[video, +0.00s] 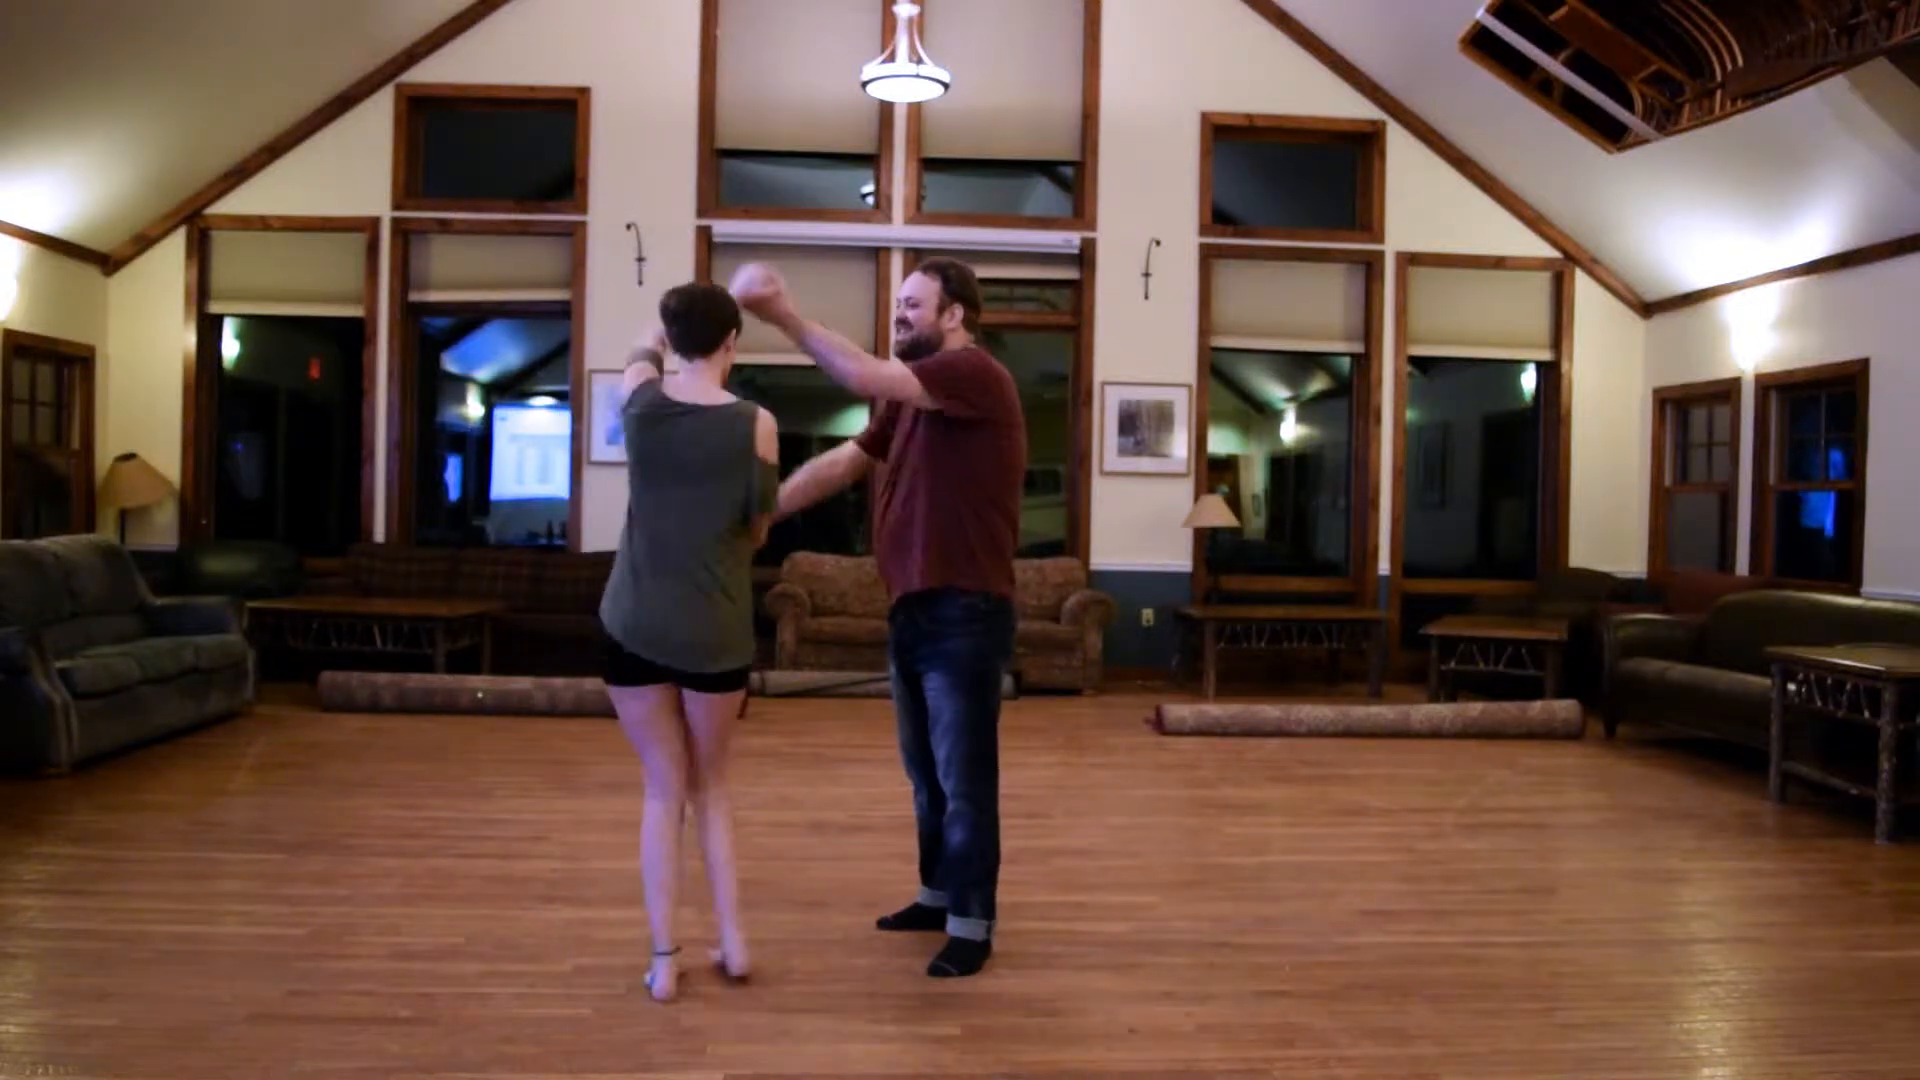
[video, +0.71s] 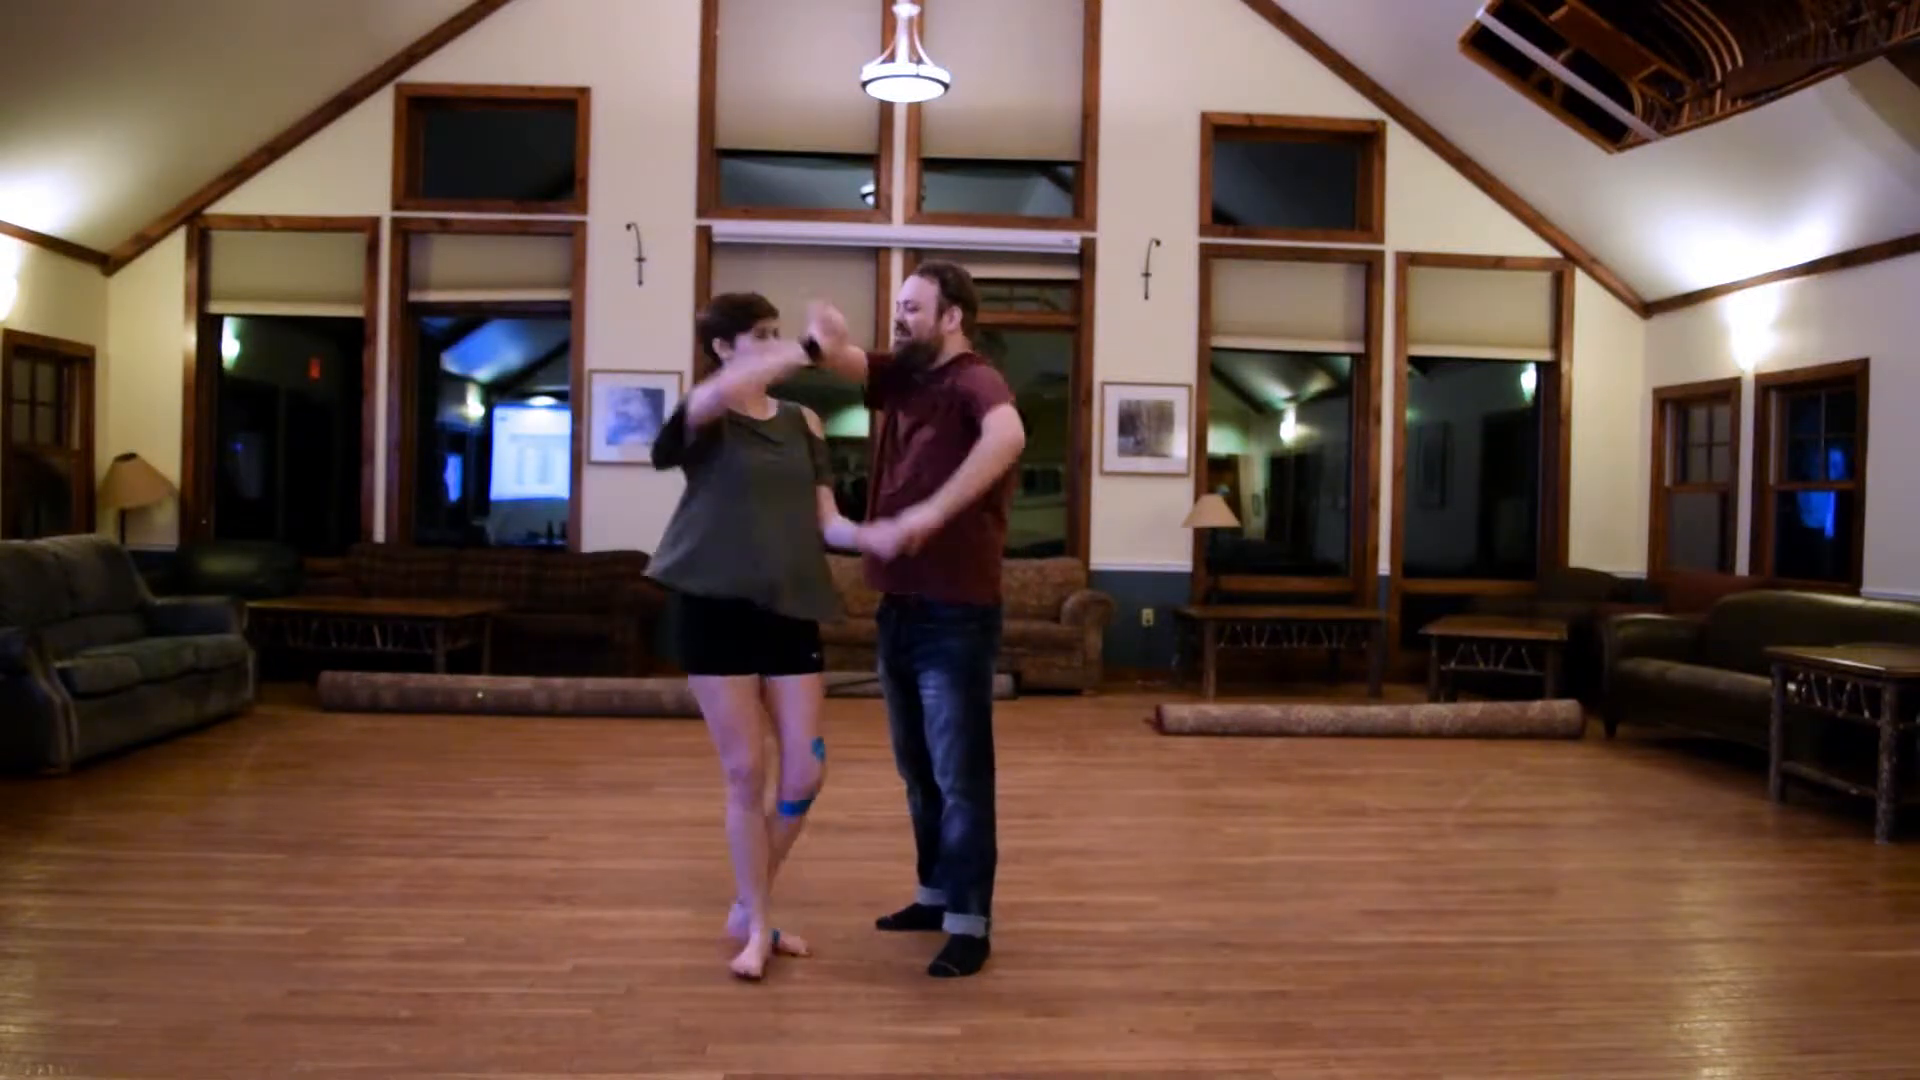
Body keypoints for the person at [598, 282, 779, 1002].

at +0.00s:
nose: (735, 342)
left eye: (667, 336)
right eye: (735, 333)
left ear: (667, 345)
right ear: (732, 343)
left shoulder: (641, 408)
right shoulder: (757, 424)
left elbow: (643, 373)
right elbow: (759, 530)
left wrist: (661, 354)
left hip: (631, 625)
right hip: (717, 633)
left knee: (662, 790)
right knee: (714, 785)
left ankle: (663, 959)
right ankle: (732, 943)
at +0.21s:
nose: (695, 339)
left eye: (701, 327)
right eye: (714, 330)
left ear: (703, 337)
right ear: (761, 349)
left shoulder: (687, 383)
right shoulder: (775, 424)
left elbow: (637, 296)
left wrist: (711, 250)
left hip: (678, 610)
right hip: (747, 616)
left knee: (670, 795)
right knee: (713, 792)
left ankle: (672, 954)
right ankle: (746, 929)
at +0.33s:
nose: (705, 348)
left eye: (717, 339)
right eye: (709, 336)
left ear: (745, 348)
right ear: (746, 349)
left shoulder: (771, 413)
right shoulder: (715, 402)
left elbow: (704, 383)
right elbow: (648, 378)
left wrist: (719, 304)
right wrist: (670, 300)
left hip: (739, 615)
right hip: (719, 609)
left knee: (675, 777)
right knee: (714, 780)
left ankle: (750, 927)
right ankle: (740, 924)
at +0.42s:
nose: (712, 355)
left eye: (725, 345)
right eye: (707, 345)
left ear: (758, 351)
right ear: (701, 355)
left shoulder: (785, 418)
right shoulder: (694, 403)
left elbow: (754, 437)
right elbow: (636, 339)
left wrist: (764, 341)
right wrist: (678, 261)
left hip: (755, 615)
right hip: (695, 608)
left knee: (714, 784)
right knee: (710, 782)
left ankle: (791, 908)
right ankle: (746, 925)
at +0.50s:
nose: (726, 350)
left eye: (738, 339)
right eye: (717, 341)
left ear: (767, 345)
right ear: (708, 351)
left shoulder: (795, 417)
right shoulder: (698, 404)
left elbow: (795, 477)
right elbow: (639, 317)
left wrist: (796, 388)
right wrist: (696, 250)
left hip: (772, 611)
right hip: (699, 603)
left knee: (751, 782)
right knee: (717, 777)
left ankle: (796, 897)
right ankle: (748, 929)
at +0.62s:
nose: (754, 344)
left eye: (762, 333)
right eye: (739, 335)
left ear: (774, 345)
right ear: (713, 349)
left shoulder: (802, 421)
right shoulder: (692, 411)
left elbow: (821, 513)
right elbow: (680, 335)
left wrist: (852, 471)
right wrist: (755, 284)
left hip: (787, 604)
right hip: (708, 601)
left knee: (793, 775)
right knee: (736, 773)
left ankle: (778, 894)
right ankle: (757, 928)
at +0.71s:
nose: (777, 350)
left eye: (779, 339)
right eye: (762, 339)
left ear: (780, 349)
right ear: (723, 350)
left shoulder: (803, 424)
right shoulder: (700, 420)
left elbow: (824, 522)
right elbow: (711, 397)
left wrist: (873, 534)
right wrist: (788, 360)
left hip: (792, 606)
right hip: (714, 604)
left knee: (803, 776)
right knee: (744, 773)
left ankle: (748, 904)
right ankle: (754, 930)